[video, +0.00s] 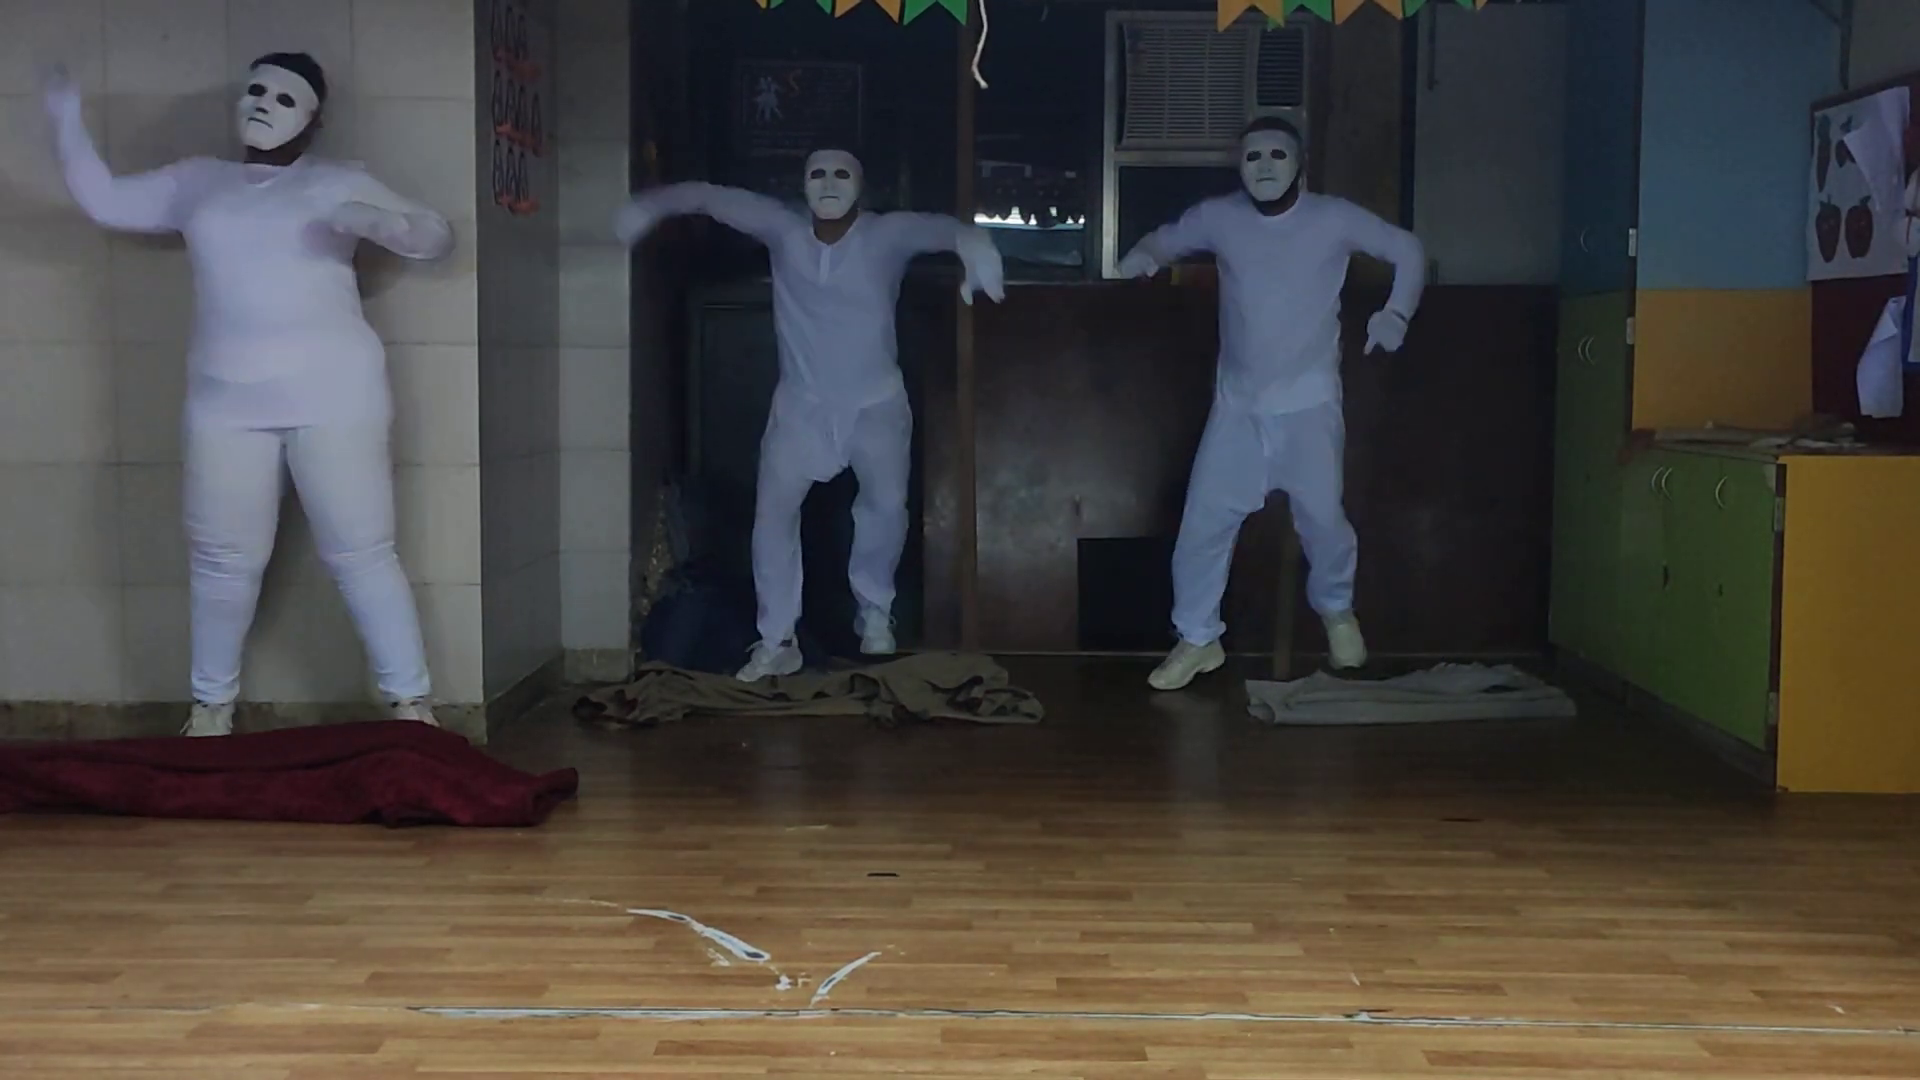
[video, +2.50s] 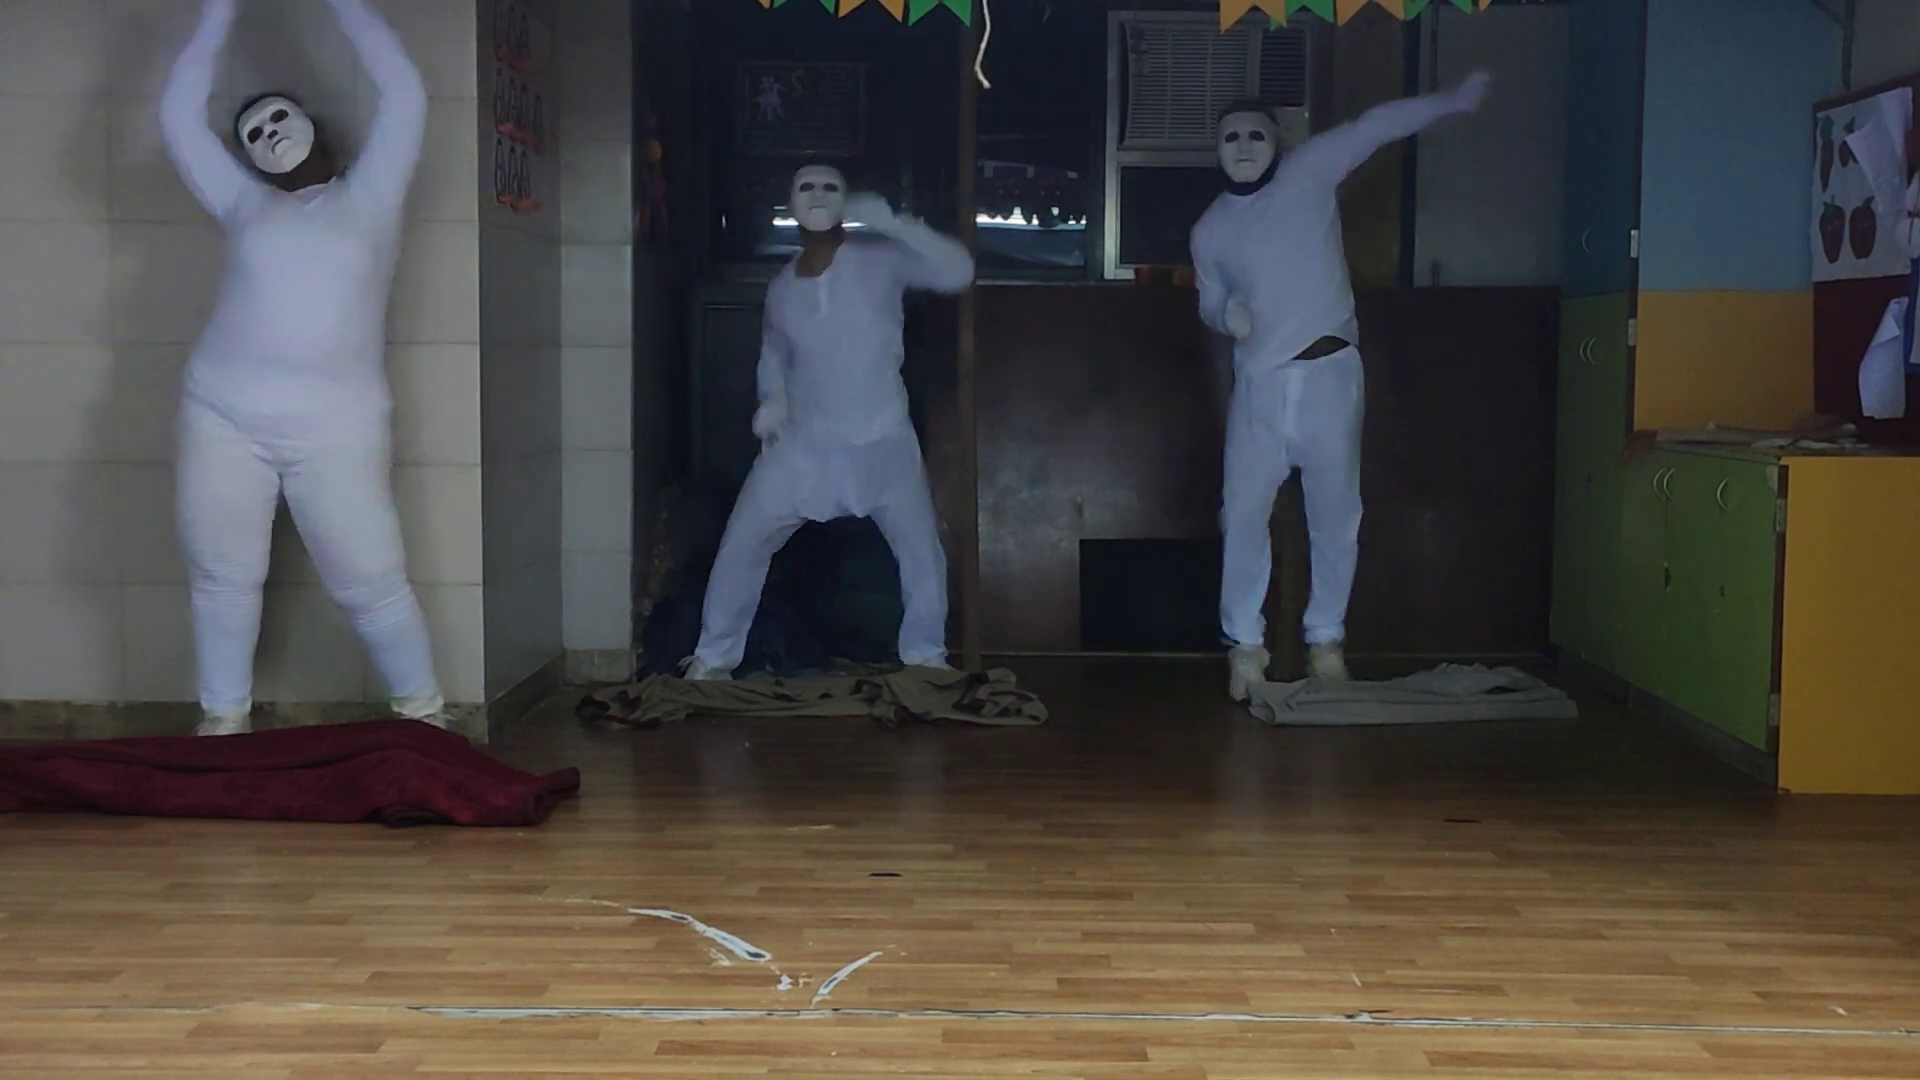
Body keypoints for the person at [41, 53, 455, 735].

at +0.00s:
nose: (265, 106)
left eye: (285, 100)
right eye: (256, 93)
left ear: (311, 118)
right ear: (238, 103)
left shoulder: (337, 183)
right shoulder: (198, 183)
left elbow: (434, 241)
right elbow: (104, 200)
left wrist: (387, 219)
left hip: (333, 398)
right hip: (227, 401)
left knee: (362, 553)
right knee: (222, 560)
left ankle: (411, 708)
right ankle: (210, 711)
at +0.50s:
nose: (283, 106)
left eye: (298, 94)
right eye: (270, 98)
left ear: (328, 107)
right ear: (258, 117)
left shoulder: (381, 187)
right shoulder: (238, 194)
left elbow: (492, 190)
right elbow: (188, 283)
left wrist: (502, 94)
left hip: (345, 403)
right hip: (235, 399)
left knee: (379, 560)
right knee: (216, 557)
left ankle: (430, 712)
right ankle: (206, 711)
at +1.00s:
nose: (292, 118)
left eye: (310, 108)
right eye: (281, 106)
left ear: (338, 123)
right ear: (266, 117)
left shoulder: (376, 199)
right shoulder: (238, 197)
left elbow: (435, 292)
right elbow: (139, 203)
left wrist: (485, 249)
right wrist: (132, 104)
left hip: (404, 408)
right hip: (296, 414)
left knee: (416, 570)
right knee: (257, 573)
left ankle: (439, 719)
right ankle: (220, 717)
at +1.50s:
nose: (311, 119)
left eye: (328, 108)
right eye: (300, 109)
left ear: (358, 125)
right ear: (287, 123)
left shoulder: (396, 195)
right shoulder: (257, 198)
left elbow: (497, 178)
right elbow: (165, 214)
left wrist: (556, 122)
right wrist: (108, 139)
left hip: (353, 414)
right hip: (249, 411)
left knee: (384, 571)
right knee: (241, 572)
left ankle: (431, 715)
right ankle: (249, 715)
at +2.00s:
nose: (326, 129)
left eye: (342, 120)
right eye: (314, 119)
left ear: (367, 137)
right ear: (297, 135)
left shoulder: (400, 222)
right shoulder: (264, 220)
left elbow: (457, 311)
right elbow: (191, 290)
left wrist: (513, 380)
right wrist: (103, 332)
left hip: (407, 423)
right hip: (299, 427)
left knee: (415, 572)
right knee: (268, 574)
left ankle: (429, 713)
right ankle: (260, 713)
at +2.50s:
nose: (270, 129)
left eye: (279, 114)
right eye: (256, 129)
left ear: (312, 120)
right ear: (249, 154)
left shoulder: (367, 199)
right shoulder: (245, 206)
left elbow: (403, 94)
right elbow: (180, 117)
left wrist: (349, 9)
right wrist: (216, 19)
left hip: (336, 424)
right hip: (226, 421)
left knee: (372, 583)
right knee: (224, 580)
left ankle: (424, 719)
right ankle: (222, 726)